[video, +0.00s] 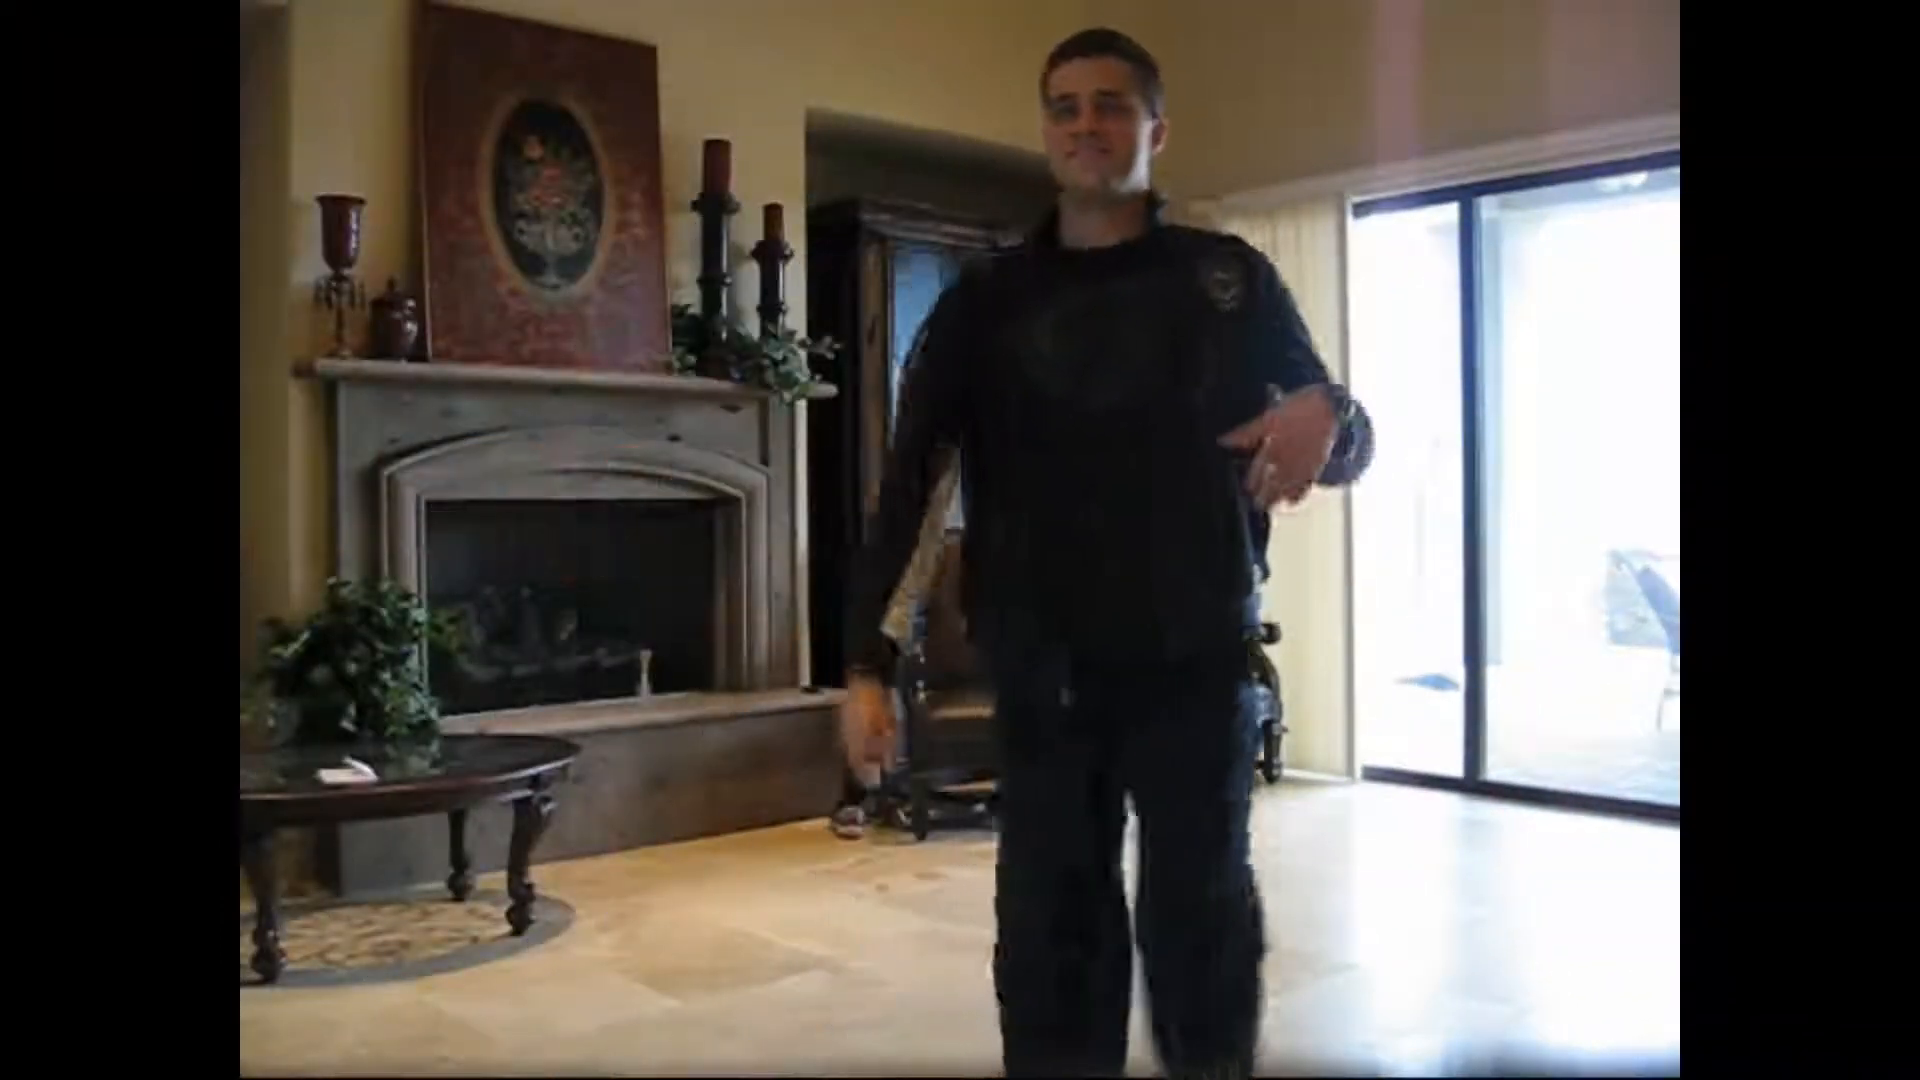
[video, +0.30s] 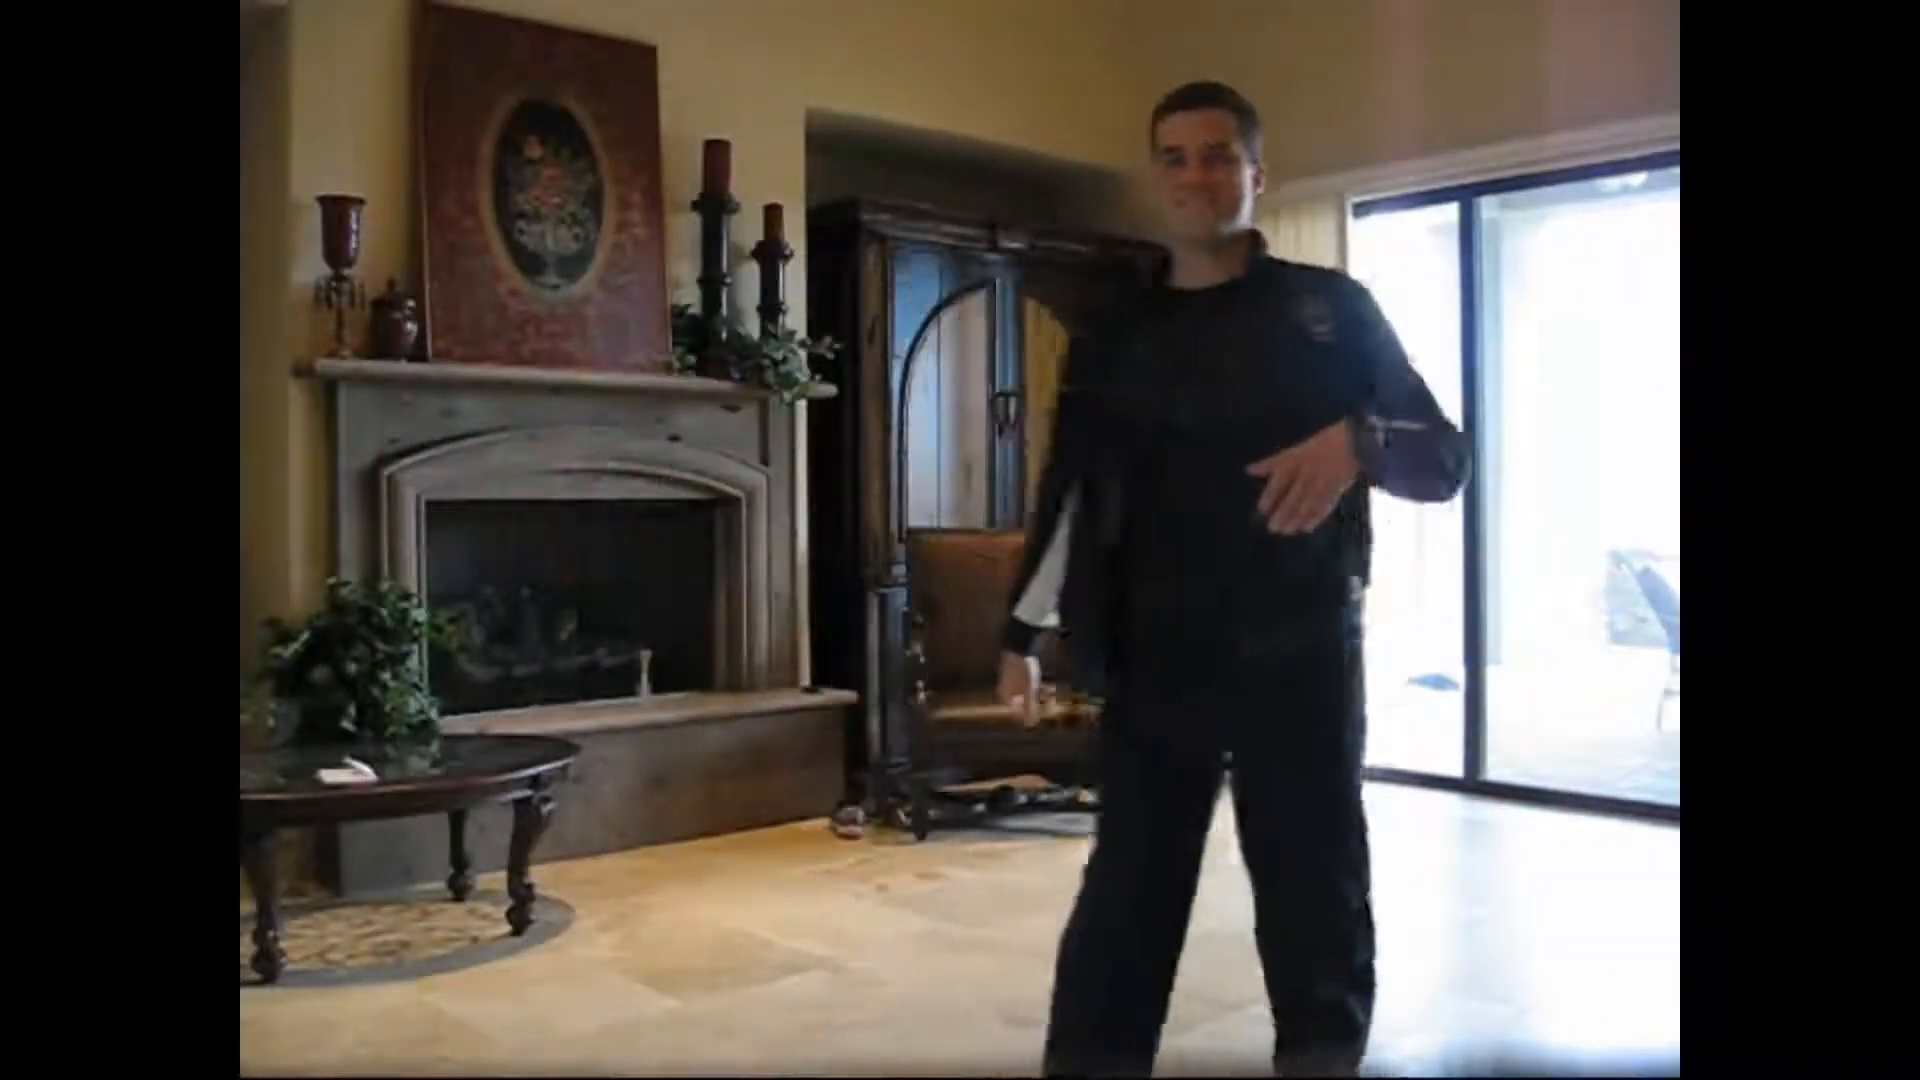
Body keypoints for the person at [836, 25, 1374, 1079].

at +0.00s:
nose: (1088, 125)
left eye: (1112, 106)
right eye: (1065, 108)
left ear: (1156, 129)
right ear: (1042, 133)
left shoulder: (1226, 276)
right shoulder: (983, 297)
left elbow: (1336, 434)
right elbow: (908, 485)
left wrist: (1327, 411)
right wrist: (867, 659)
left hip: (1195, 656)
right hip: (1041, 659)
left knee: (1200, 914)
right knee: (1048, 922)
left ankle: (1211, 1067)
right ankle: (1058, 1074)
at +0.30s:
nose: (1196, 175)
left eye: (1218, 156)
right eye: (1176, 159)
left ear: (1256, 174)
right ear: (1152, 179)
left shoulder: (1329, 307)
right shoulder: (1115, 324)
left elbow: (1442, 455)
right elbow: (1071, 488)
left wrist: (1357, 441)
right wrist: (1024, 628)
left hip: (1299, 657)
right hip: (1158, 655)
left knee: (1314, 907)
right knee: (1126, 907)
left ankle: (1320, 1063)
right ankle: (1089, 1069)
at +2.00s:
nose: (1418, 190)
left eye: (1436, 173)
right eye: (1398, 174)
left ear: (1468, 188)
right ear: (1374, 193)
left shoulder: (1529, 315)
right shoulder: (1330, 329)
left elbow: (1583, 475)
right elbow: (1291, 483)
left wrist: (1576, 619)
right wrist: (1277, 622)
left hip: (1489, 638)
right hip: (1363, 639)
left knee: (1486, 867)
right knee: (1344, 856)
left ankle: (1468, 1055)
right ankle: (1328, 1045)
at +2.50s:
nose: (1343, 201)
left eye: (1362, 184)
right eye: (1326, 184)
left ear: (1390, 198)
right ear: (1301, 200)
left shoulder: (1445, 324)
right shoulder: (1250, 335)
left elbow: (1494, 477)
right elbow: (1210, 478)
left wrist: (1510, 619)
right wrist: (1187, 604)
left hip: (1411, 633)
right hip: (1287, 637)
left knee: (1434, 853)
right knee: (1295, 853)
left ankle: (1457, 1049)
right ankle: (1295, 1040)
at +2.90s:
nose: (1316, 204)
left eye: (1334, 187)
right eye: (1298, 188)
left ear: (1361, 201)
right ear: (1272, 203)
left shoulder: (1417, 326)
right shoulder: (1222, 337)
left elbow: (1458, 477)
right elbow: (1173, 484)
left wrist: (1455, 614)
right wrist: (1139, 614)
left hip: (1388, 636)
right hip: (1273, 637)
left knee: (1410, 860)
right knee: (1284, 857)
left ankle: (1437, 1057)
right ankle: (1295, 1041)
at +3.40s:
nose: (1343, 197)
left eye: (1360, 181)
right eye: (1325, 182)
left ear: (1388, 198)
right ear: (1298, 200)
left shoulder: (1447, 323)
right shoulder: (1248, 336)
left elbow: (1501, 475)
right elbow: (1215, 488)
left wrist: (1515, 610)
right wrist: (1221, 620)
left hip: (1419, 631)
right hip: (1293, 635)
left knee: (1427, 855)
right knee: (1298, 853)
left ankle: (1440, 1052)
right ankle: (1296, 1038)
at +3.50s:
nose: (1341, 198)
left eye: (1360, 181)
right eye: (1323, 182)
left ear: (1391, 197)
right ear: (1299, 200)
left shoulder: (1453, 324)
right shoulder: (1254, 335)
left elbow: (1508, 477)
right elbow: (1216, 487)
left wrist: (1515, 613)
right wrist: (1215, 618)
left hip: (1421, 631)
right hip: (1291, 636)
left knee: (1427, 856)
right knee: (1290, 851)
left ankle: (1440, 1052)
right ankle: (1292, 1035)